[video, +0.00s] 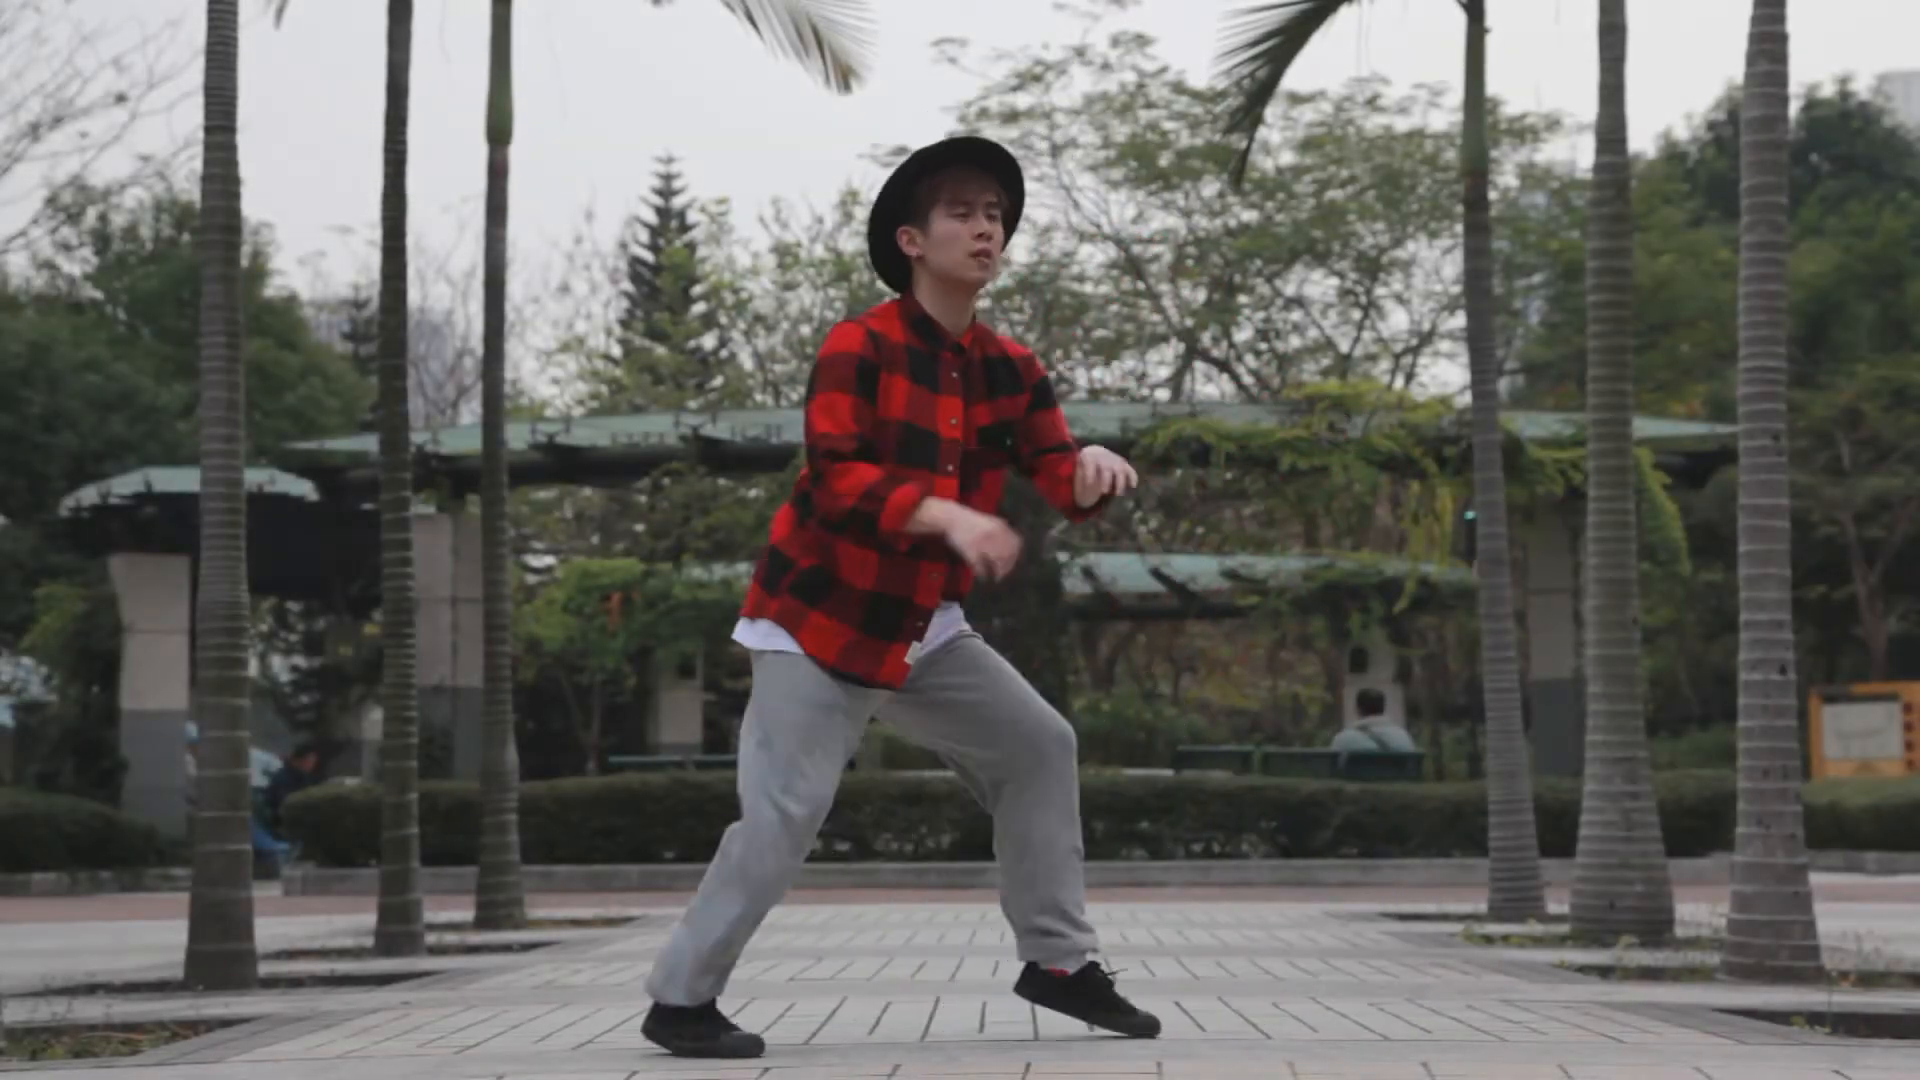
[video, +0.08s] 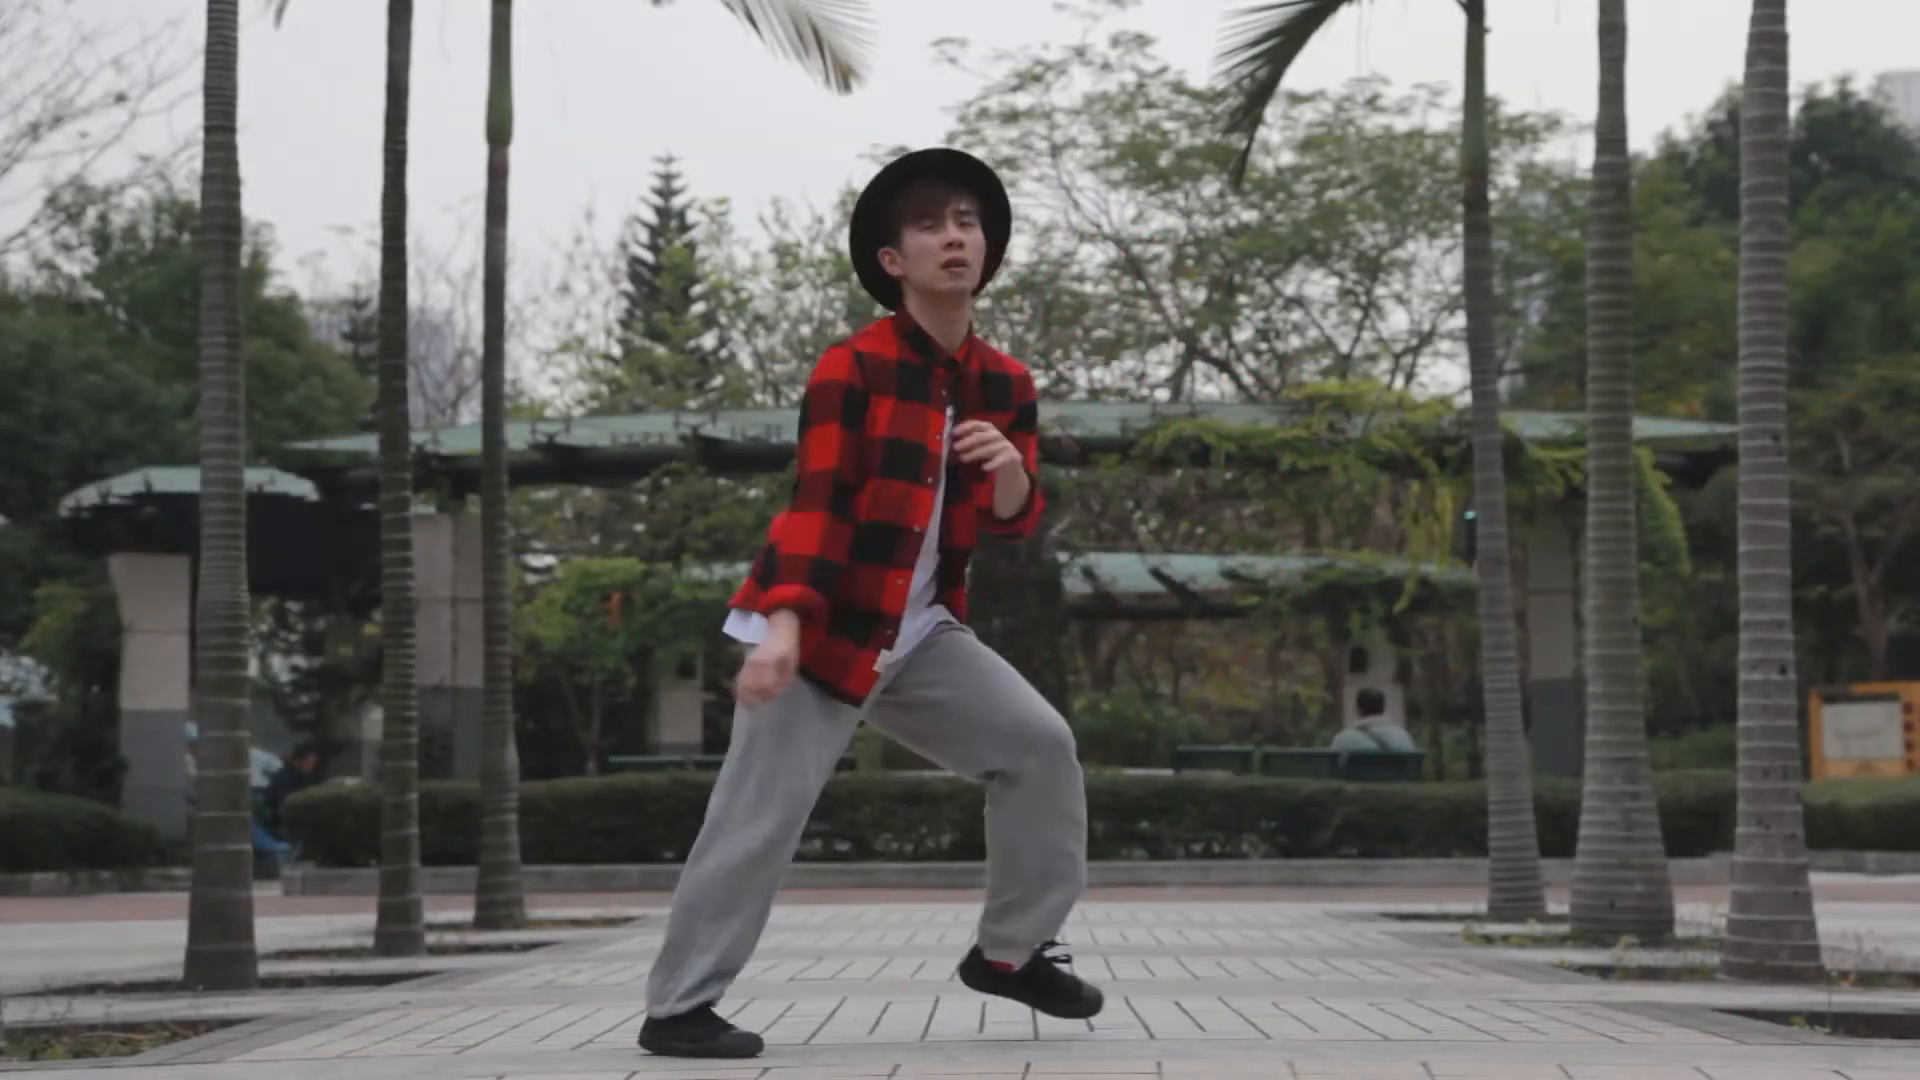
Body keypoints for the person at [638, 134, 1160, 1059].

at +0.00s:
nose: (984, 231)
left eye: (997, 217)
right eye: (961, 213)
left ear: (1008, 240)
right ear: (910, 238)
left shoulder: (1012, 366)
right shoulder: (858, 348)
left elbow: (1059, 479)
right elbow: (833, 476)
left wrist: (1092, 473)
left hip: (918, 627)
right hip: (813, 623)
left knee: (1040, 746)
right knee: (784, 815)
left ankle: (1056, 962)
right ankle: (681, 999)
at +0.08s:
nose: (954, 238)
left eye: (969, 222)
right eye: (928, 225)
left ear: (989, 248)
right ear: (891, 259)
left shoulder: (1006, 381)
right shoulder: (853, 368)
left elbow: (1015, 524)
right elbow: (815, 503)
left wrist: (1009, 471)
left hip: (919, 628)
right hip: (821, 625)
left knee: (1040, 743)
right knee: (756, 819)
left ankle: (1011, 950)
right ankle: (677, 1007)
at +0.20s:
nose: (947, 203)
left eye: (965, 186)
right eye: (923, 193)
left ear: (998, 214)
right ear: (898, 228)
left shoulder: (1027, 341)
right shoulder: (853, 327)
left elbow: (1063, 443)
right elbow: (755, 423)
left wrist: (971, 373)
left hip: (947, 615)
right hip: (829, 603)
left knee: (1015, 772)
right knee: (766, 764)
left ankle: (954, 981)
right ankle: (706, 978)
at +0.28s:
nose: (948, 164)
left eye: (970, 152)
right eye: (930, 149)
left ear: (1000, 186)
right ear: (898, 175)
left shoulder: (1025, 303)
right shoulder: (838, 279)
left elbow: (1086, 402)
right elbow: (735, 357)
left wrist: (991, 343)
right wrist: (616, 407)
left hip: (958, 577)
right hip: (834, 554)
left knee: (1012, 762)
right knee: (798, 681)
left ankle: (958, 972)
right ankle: (789, 882)